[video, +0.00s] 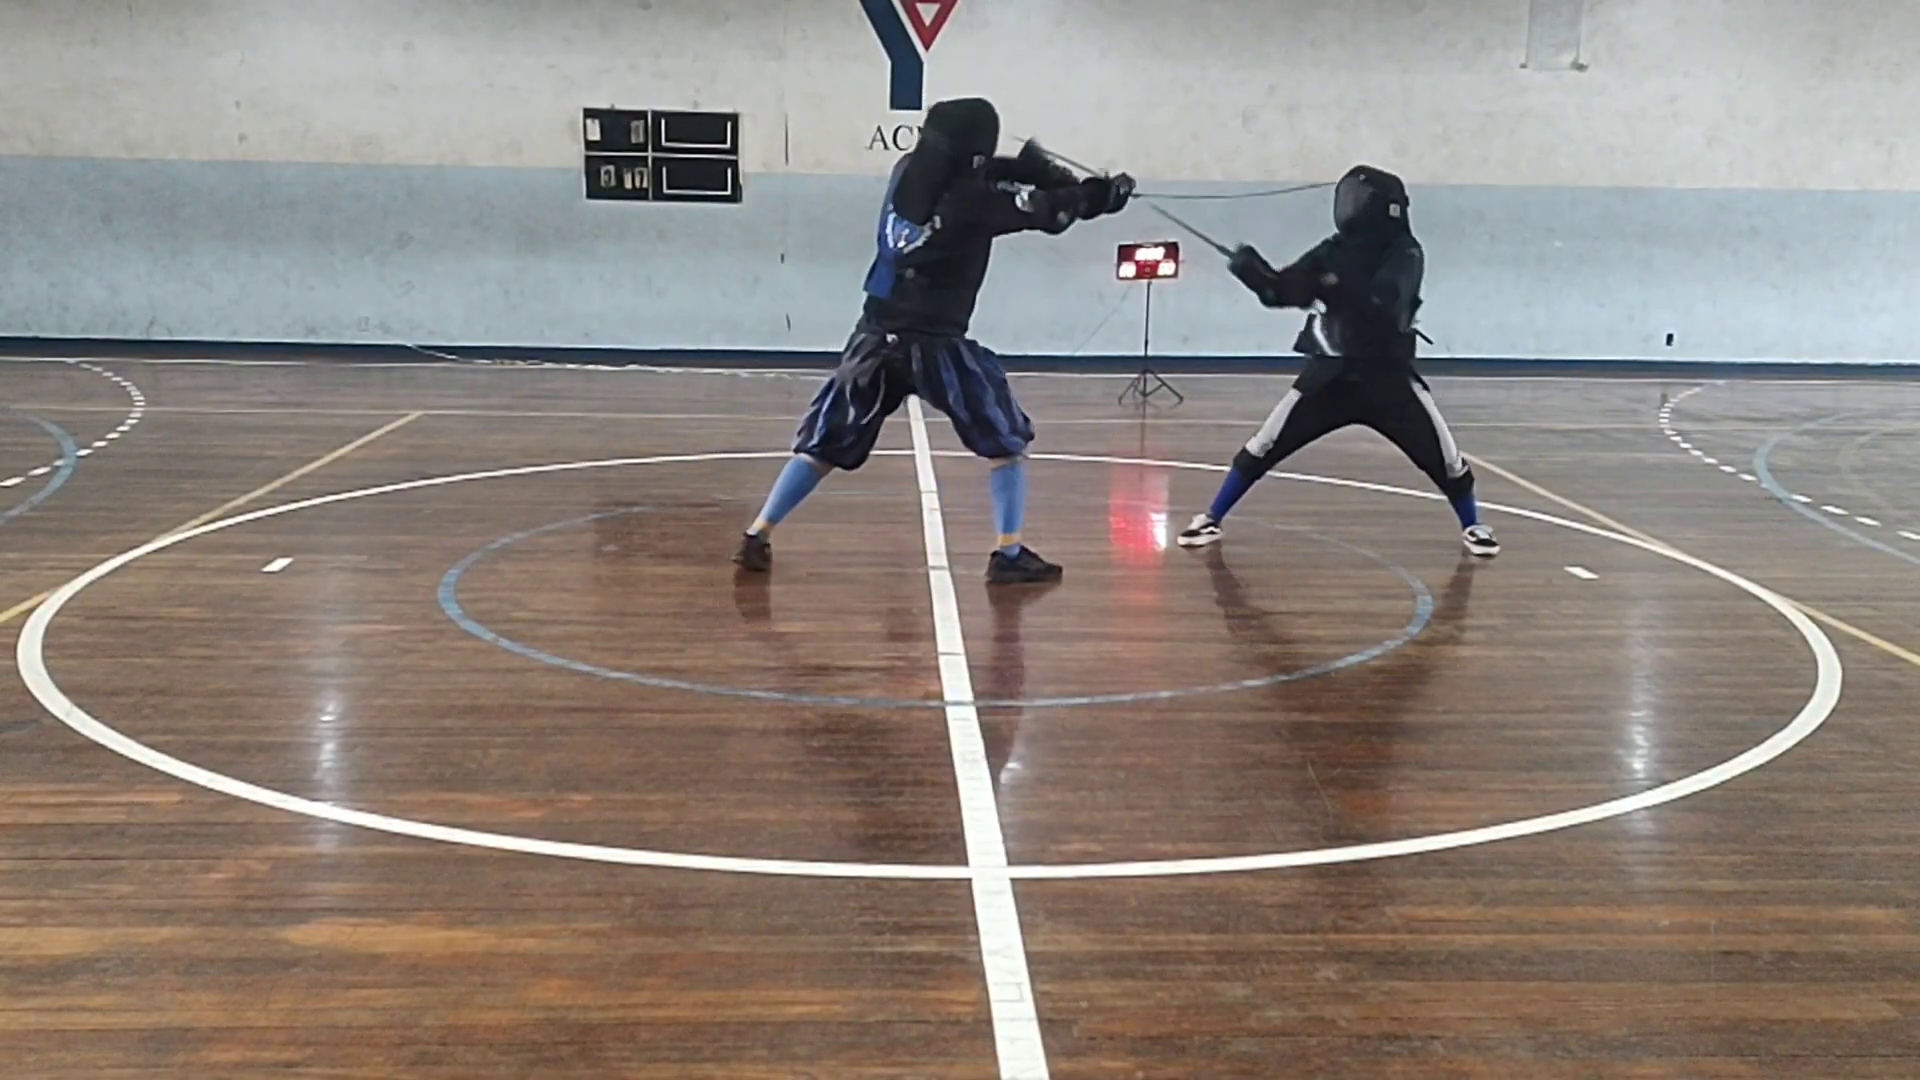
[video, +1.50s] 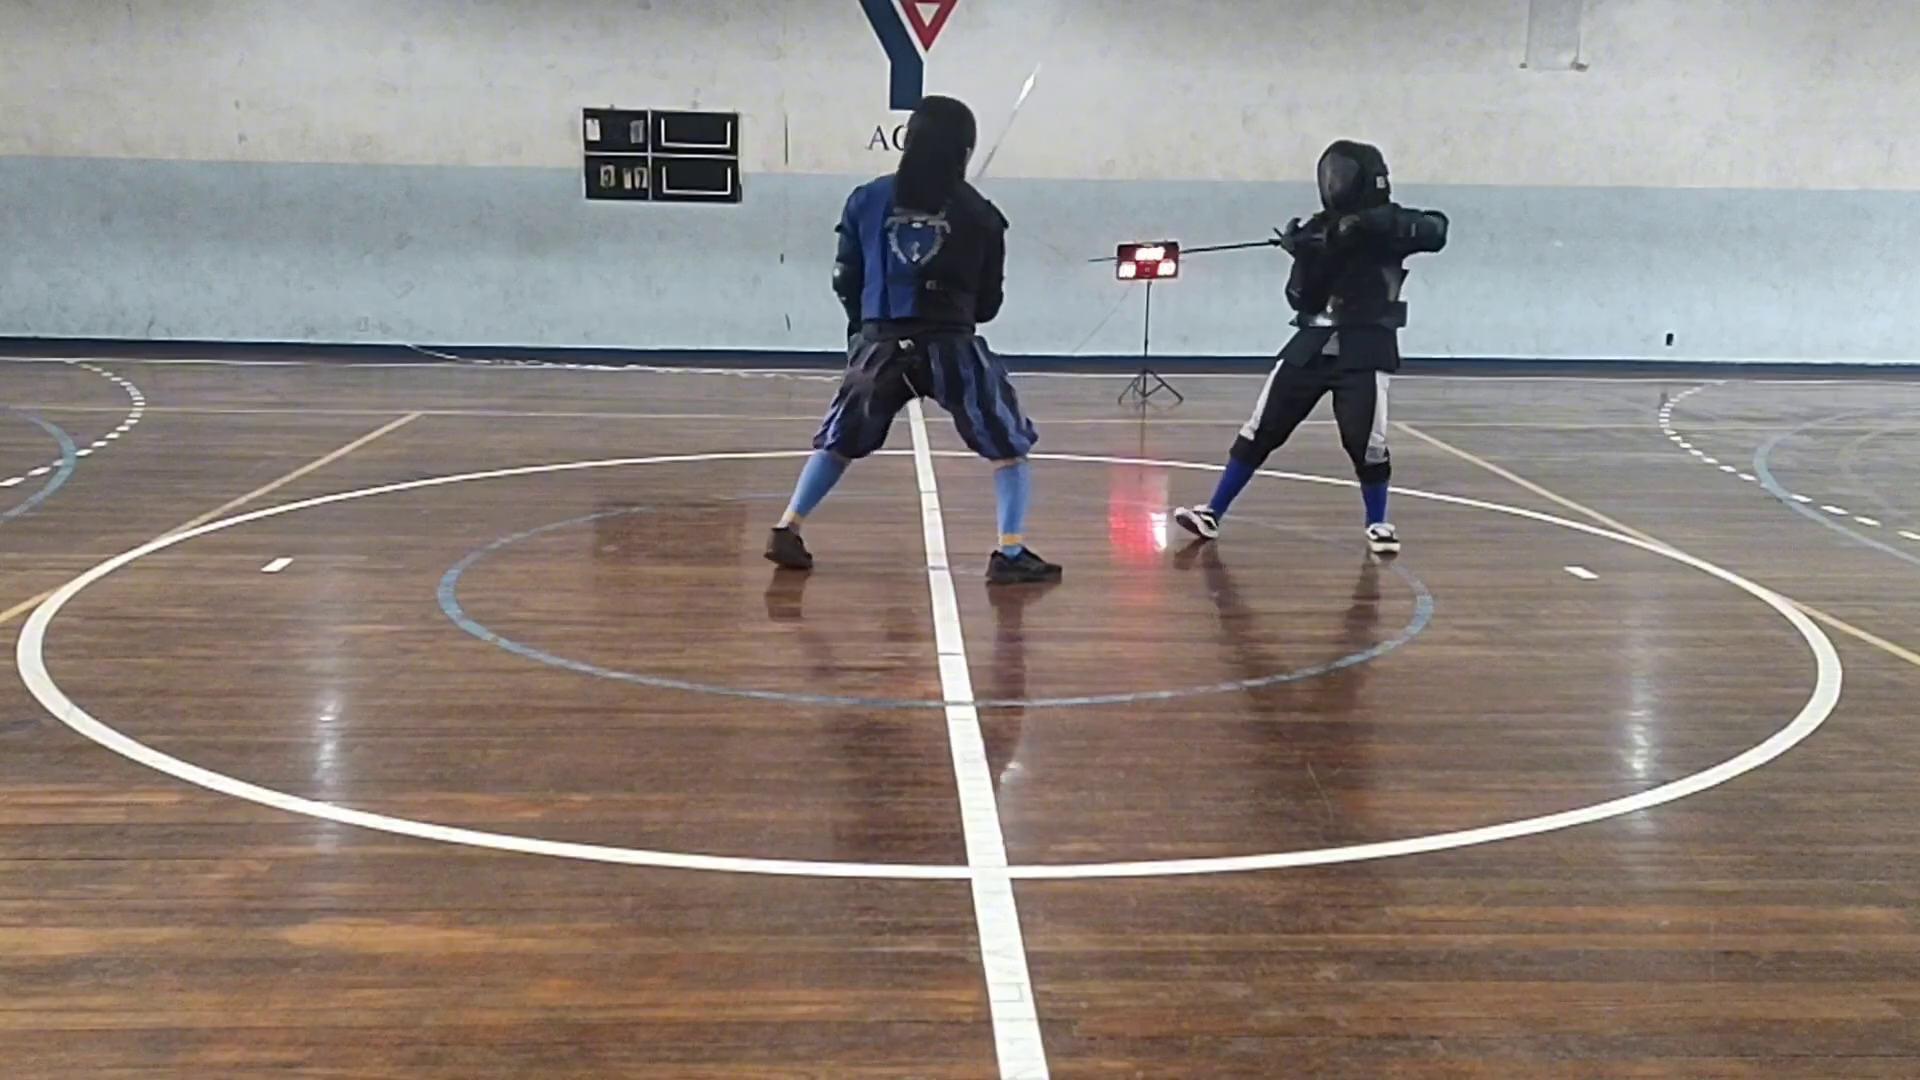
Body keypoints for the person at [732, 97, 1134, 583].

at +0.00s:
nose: (987, 147)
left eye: (988, 141)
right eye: (984, 139)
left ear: (935, 137)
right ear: (972, 148)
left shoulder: (905, 172)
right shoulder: (974, 199)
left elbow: (967, 173)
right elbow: (1046, 212)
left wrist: (1014, 166)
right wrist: (1096, 196)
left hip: (875, 335)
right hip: (938, 341)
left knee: (828, 437)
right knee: (1005, 435)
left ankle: (757, 533)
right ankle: (1010, 552)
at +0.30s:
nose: (1015, 157)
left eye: (1015, 148)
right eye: (1014, 149)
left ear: (965, 132)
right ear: (1002, 153)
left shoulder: (928, 160)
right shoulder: (997, 200)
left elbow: (978, 127)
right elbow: (1065, 187)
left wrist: (1048, 128)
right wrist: (1110, 156)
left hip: (895, 329)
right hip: (958, 336)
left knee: (854, 436)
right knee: (1015, 439)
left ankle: (789, 538)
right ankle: (1009, 550)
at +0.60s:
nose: (1037, 155)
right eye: (1035, 148)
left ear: (977, 129)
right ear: (1020, 151)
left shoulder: (941, 164)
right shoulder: (1020, 201)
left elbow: (981, 97)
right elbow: (1076, 166)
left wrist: (1043, 87)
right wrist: (1115, 122)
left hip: (917, 326)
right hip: (983, 335)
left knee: (873, 431)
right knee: (1029, 441)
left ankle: (811, 536)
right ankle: (1009, 552)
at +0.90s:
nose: (1039, 159)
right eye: (1036, 151)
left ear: (981, 136)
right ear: (1025, 155)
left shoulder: (947, 168)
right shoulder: (1028, 202)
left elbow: (984, 117)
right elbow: (1084, 174)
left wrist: (1047, 104)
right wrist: (1121, 134)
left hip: (923, 331)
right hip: (990, 339)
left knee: (876, 433)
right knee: (1034, 442)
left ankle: (820, 545)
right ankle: (1010, 552)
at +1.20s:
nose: (1033, 159)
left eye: (1034, 148)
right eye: (1034, 149)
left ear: (977, 129)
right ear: (1026, 151)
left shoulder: (927, 170)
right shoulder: (1026, 208)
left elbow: (900, 239)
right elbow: (1040, 288)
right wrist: (1038, 236)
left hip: (918, 332)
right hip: (987, 339)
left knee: (873, 434)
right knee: (1031, 440)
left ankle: (819, 546)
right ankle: (1011, 551)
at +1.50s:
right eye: (968, 145)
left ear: (910, 142)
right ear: (965, 150)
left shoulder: (866, 199)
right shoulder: (981, 215)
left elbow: (846, 279)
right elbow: (987, 304)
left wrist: (864, 327)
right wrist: (940, 312)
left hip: (880, 343)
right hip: (951, 346)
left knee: (841, 436)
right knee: (1008, 444)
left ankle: (787, 527)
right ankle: (1010, 549)